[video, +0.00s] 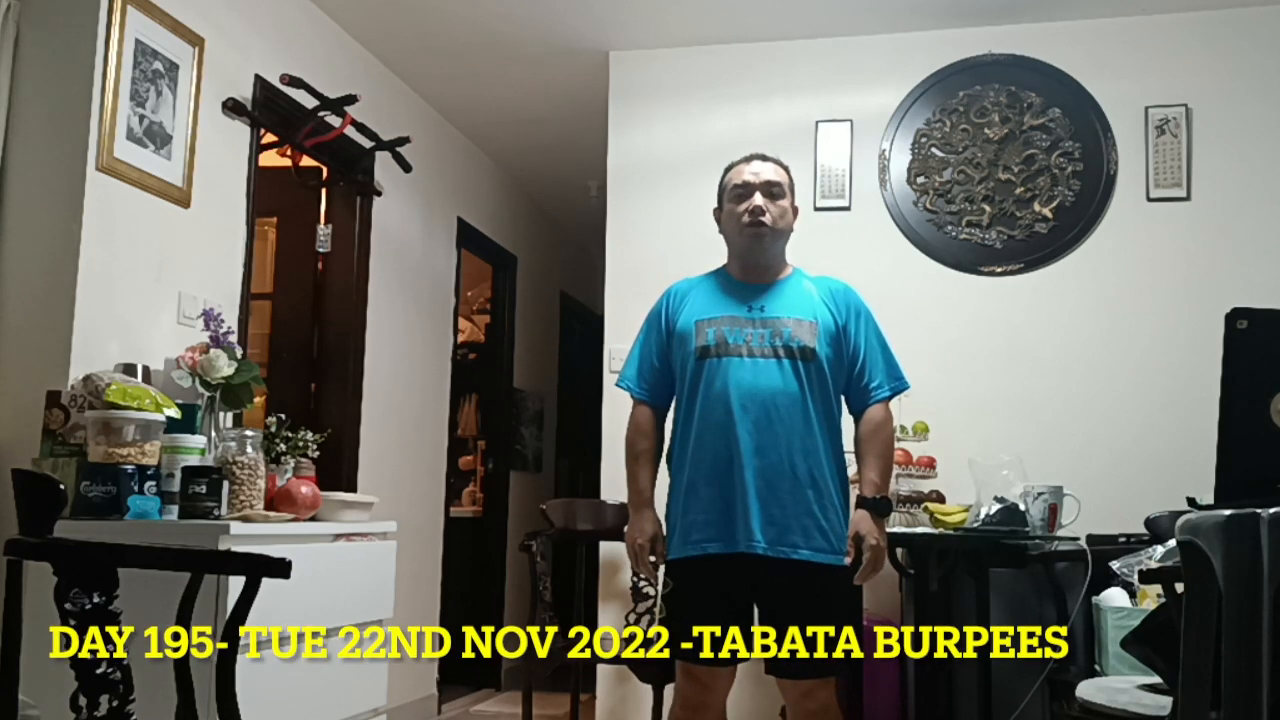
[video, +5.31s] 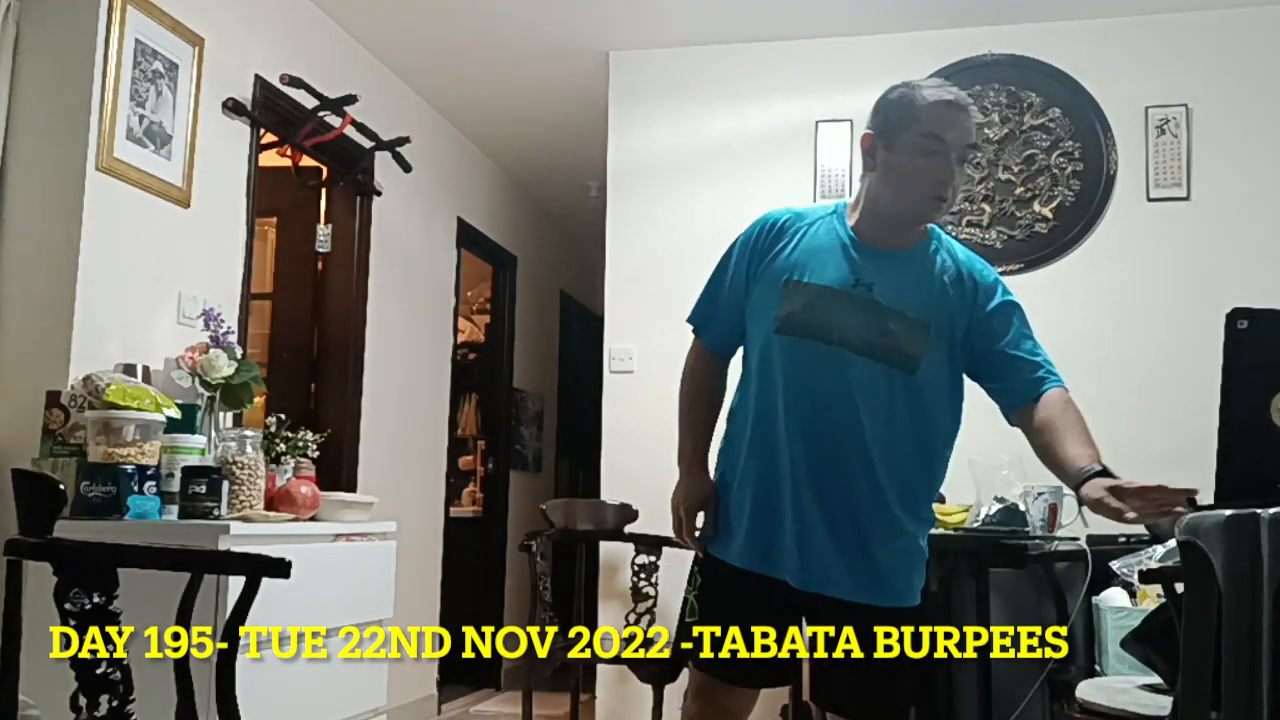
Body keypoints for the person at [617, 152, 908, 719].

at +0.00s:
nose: (757, 200)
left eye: (773, 192)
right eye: (741, 193)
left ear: (794, 216)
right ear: (719, 218)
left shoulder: (837, 302)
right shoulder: (681, 301)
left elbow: (875, 407)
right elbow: (645, 409)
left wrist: (871, 507)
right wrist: (641, 509)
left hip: (811, 541)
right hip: (704, 537)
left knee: (814, 699)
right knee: (698, 692)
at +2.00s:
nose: (760, 199)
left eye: (776, 190)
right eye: (743, 191)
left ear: (795, 215)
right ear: (719, 215)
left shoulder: (838, 303)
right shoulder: (681, 302)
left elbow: (874, 411)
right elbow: (647, 410)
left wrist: (870, 511)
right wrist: (643, 510)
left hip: (810, 544)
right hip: (705, 540)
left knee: (814, 701)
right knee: (698, 694)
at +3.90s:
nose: (828, 197)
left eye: (838, 185)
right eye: (809, 180)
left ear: (847, 200)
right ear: (761, 191)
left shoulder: (871, 301)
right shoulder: (699, 289)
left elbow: (921, 408)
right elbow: (655, 406)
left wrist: (945, 495)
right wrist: (648, 508)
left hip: (833, 559)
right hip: (716, 549)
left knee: (840, 710)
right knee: (692, 705)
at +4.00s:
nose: (874, 189)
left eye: (885, 175)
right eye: (856, 166)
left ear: (893, 188)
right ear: (804, 173)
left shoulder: (907, 294)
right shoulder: (731, 269)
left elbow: (964, 397)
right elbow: (683, 387)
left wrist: (994, 480)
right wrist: (674, 488)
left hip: (853, 550)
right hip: (736, 535)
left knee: (851, 709)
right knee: (694, 696)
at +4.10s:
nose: (911, 184)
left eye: (924, 170)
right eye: (894, 161)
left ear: (933, 183)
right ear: (841, 165)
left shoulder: (937, 289)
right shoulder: (758, 255)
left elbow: (1003, 385)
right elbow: (705, 368)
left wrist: (1048, 462)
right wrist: (690, 475)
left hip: (863, 560)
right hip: (746, 536)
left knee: (860, 712)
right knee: (701, 693)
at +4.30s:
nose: (966, 192)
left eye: (979, 176)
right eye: (949, 166)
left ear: (986, 183)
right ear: (891, 159)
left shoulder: (980, 295)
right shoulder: (793, 240)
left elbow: (1062, 379)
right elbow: (726, 349)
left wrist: (1135, 444)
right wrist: (706, 460)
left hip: (880, 570)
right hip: (762, 540)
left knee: (861, 714)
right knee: (726, 706)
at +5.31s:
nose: (949, 175)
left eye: (962, 160)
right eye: (931, 151)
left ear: (969, 167)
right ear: (873, 151)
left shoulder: (970, 287)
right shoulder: (773, 240)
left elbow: (1036, 393)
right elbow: (708, 353)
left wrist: (1090, 476)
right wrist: (692, 472)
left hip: (878, 572)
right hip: (752, 541)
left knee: (859, 717)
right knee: (711, 702)